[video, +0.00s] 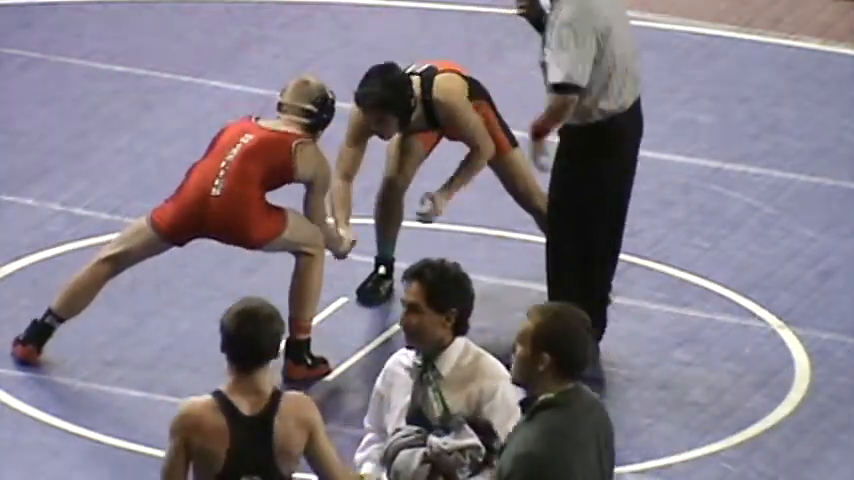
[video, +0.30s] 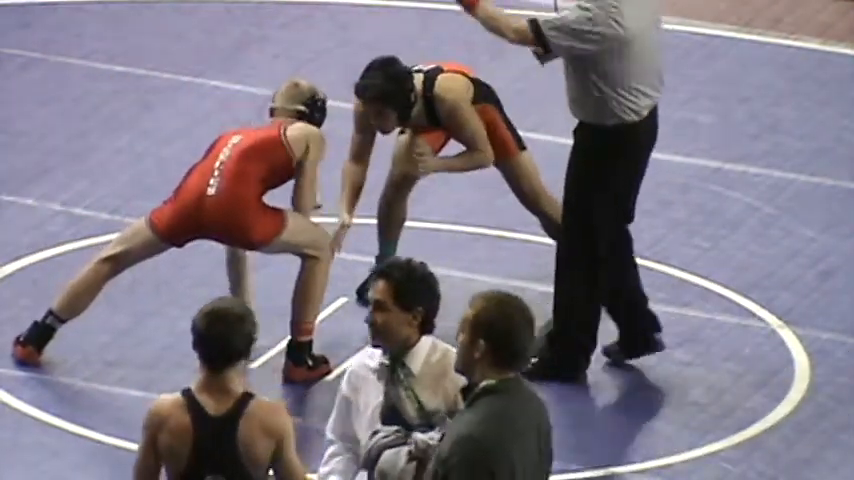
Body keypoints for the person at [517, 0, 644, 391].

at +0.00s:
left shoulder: (572, 15)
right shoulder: (593, 5)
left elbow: (566, 98)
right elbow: (568, 49)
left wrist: (538, 130)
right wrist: (535, 16)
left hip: (593, 130)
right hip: (619, 118)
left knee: (568, 231)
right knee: (597, 229)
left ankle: (567, 332)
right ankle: (588, 327)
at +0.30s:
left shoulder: (600, 16)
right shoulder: (639, 5)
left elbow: (517, 31)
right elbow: (611, 37)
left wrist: (477, 8)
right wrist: (557, 44)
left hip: (606, 135)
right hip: (635, 125)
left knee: (578, 245)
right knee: (607, 232)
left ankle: (566, 358)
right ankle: (638, 332)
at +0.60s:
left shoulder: (651, 16)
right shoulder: (696, 8)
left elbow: (584, 2)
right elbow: (677, 66)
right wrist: (628, 89)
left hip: (649, 147)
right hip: (679, 140)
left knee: (606, 260)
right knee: (667, 255)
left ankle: (565, 360)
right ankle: (680, 362)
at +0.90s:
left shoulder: (711, 22)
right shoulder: (744, 9)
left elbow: (643, 4)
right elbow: (734, 74)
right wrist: (685, 101)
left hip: (704, 151)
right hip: (722, 143)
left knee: (642, 244)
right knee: (694, 254)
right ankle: (684, 359)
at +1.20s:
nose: (736, 0)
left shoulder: (767, 37)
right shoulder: (802, 22)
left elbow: (704, 65)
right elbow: (828, 87)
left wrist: (665, 45)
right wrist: (783, 108)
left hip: (761, 165)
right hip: (787, 160)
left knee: (753, 271)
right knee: (736, 266)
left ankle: (792, 400)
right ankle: (694, 358)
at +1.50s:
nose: (791, 5)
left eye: (795, 1)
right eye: (793, 0)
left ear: (812, 2)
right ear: (834, 0)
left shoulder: (820, 44)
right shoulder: (842, 30)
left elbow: (829, 107)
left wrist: (831, 158)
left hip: (816, 177)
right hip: (838, 176)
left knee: (794, 284)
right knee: (814, 280)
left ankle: (792, 398)